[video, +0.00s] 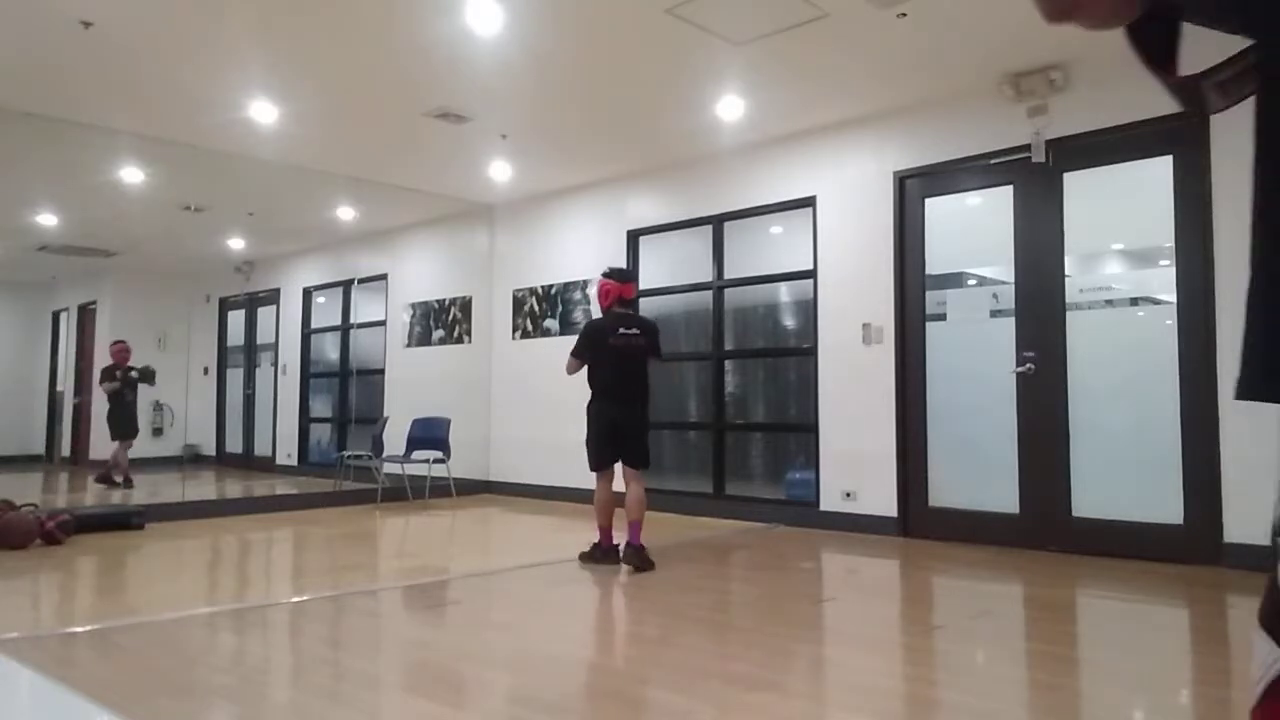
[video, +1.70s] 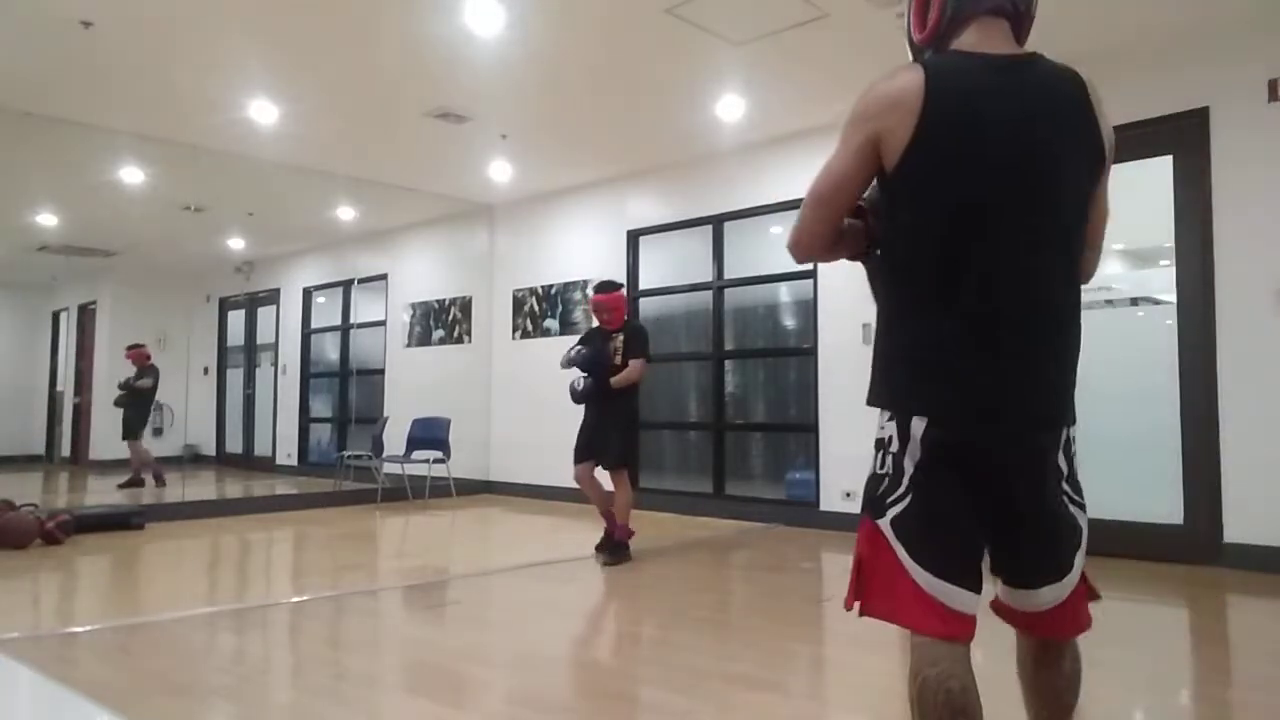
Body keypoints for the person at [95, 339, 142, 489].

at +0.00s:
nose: (124, 355)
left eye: (126, 351)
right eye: (120, 352)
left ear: (130, 353)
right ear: (112, 355)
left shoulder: (132, 371)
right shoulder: (108, 371)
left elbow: (148, 379)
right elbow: (106, 388)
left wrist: (147, 374)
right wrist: (123, 381)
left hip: (130, 411)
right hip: (117, 411)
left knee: (127, 443)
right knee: (124, 443)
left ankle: (106, 473)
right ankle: (126, 476)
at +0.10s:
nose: (127, 356)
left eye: (129, 352)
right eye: (123, 353)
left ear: (133, 354)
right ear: (116, 355)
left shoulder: (136, 371)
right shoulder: (111, 371)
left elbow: (157, 377)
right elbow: (111, 390)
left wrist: (141, 374)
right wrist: (126, 379)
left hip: (135, 413)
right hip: (119, 413)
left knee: (142, 442)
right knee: (123, 444)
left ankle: (118, 467)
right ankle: (124, 475)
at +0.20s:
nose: (132, 358)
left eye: (133, 355)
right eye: (129, 355)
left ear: (135, 355)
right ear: (121, 356)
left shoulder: (140, 370)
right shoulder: (113, 371)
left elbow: (158, 380)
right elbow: (113, 389)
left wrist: (147, 381)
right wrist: (125, 379)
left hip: (139, 413)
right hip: (122, 414)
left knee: (151, 440)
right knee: (124, 445)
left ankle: (131, 467)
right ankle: (127, 477)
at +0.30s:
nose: (135, 359)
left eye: (136, 356)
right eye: (132, 356)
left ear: (139, 356)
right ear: (123, 357)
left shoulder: (144, 370)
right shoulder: (115, 371)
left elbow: (163, 380)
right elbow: (114, 387)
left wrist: (153, 385)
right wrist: (124, 379)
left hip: (142, 411)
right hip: (124, 412)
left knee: (153, 438)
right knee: (125, 445)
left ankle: (146, 470)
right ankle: (126, 477)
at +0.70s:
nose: (139, 361)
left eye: (142, 358)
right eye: (137, 358)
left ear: (151, 356)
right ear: (136, 358)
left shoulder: (162, 369)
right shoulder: (133, 371)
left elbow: (175, 381)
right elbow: (129, 389)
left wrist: (160, 390)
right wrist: (129, 383)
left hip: (155, 414)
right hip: (136, 413)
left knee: (157, 444)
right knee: (133, 445)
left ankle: (161, 476)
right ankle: (127, 478)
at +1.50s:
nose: (139, 361)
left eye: (140, 357)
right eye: (137, 358)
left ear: (148, 355)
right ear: (142, 357)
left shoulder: (159, 369)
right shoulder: (145, 372)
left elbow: (157, 384)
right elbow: (137, 389)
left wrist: (139, 384)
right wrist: (121, 392)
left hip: (151, 413)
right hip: (137, 413)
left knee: (151, 444)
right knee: (136, 444)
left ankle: (159, 476)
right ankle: (137, 476)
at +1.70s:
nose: (132, 362)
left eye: (133, 359)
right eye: (131, 359)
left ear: (141, 357)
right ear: (140, 358)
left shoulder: (151, 371)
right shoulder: (140, 372)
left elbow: (147, 384)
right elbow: (129, 383)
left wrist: (129, 384)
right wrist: (126, 384)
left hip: (139, 411)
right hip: (131, 410)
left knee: (135, 444)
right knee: (133, 444)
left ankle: (157, 472)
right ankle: (136, 476)